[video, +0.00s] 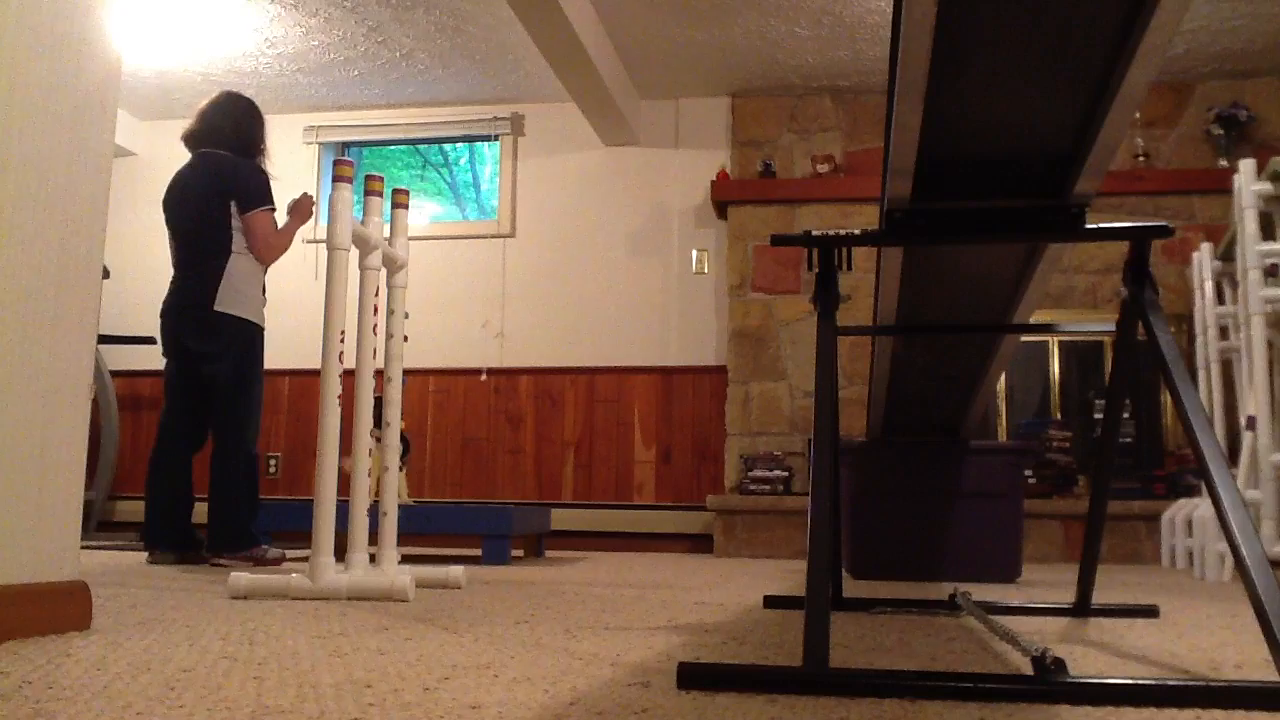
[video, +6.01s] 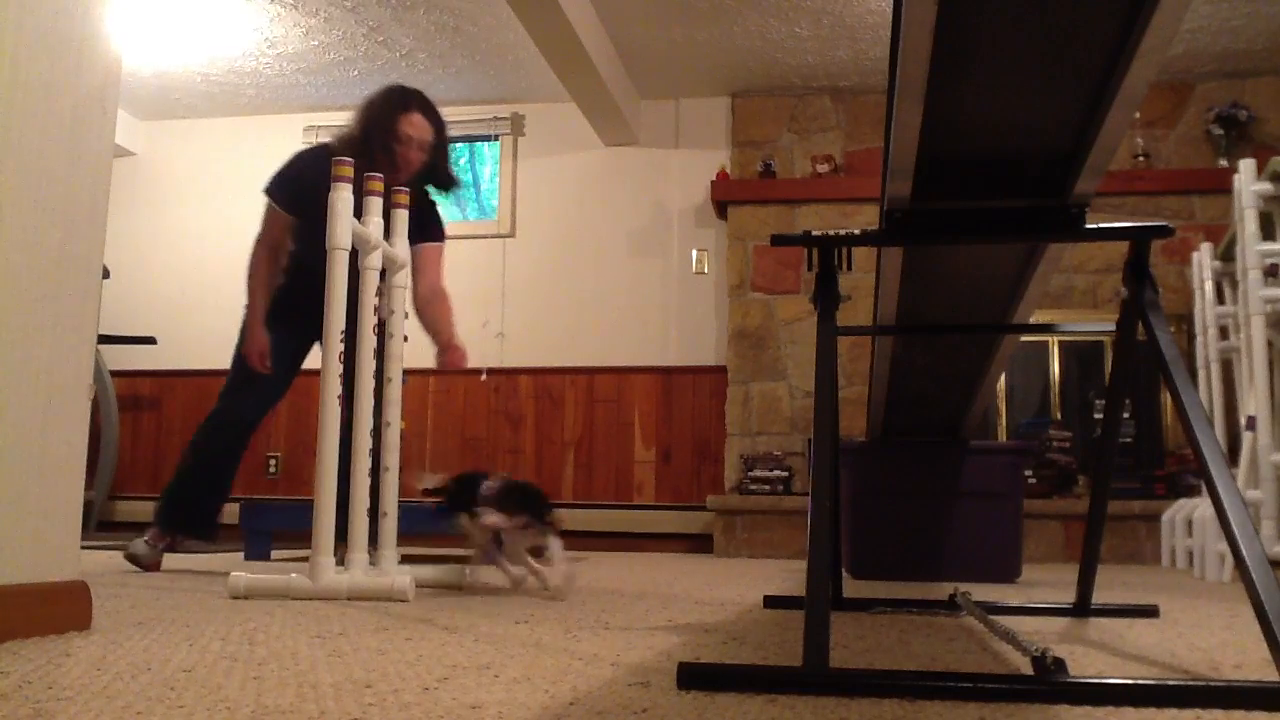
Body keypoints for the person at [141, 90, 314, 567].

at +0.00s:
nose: (260, 140)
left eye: (260, 133)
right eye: (259, 132)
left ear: (204, 125)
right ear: (250, 131)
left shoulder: (179, 180)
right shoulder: (244, 173)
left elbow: (196, 252)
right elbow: (267, 251)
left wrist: (257, 233)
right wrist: (294, 220)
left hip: (181, 316)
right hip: (230, 321)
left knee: (179, 428)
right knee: (237, 435)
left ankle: (167, 539)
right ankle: (233, 540)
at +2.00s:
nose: (322, 114)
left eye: (324, 105)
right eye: (314, 103)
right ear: (282, 101)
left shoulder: (299, 180)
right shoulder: (213, 141)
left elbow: (310, 265)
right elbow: (164, 214)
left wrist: (337, 329)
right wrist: (157, 290)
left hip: (255, 308)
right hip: (189, 304)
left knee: (281, 419)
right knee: (198, 423)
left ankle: (268, 536)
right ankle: (194, 542)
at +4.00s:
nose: (428, 183)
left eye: (436, 174)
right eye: (421, 168)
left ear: (441, 175)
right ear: (390, 156)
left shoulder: (416, 223)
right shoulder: (315, 183)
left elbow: (450, 308)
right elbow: (269, 269)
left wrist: (491, 367)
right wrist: (311, 345)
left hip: (333, 323)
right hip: (266, 311)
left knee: (372, 425)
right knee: (210, 418)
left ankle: (347, 541)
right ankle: (144, 531)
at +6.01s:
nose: (413, 156)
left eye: (424, 147)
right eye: (404, 142)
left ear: (433, 151)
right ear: (377, 135)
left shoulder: (417, 206)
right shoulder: (317, 168)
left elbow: (430, 286)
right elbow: (269, 245)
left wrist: (446, 338)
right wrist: (256, 322)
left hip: (365, 310)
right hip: (298, 298)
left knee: (369, 422)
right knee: (240, 407)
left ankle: (356, 542)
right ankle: (170, 526)